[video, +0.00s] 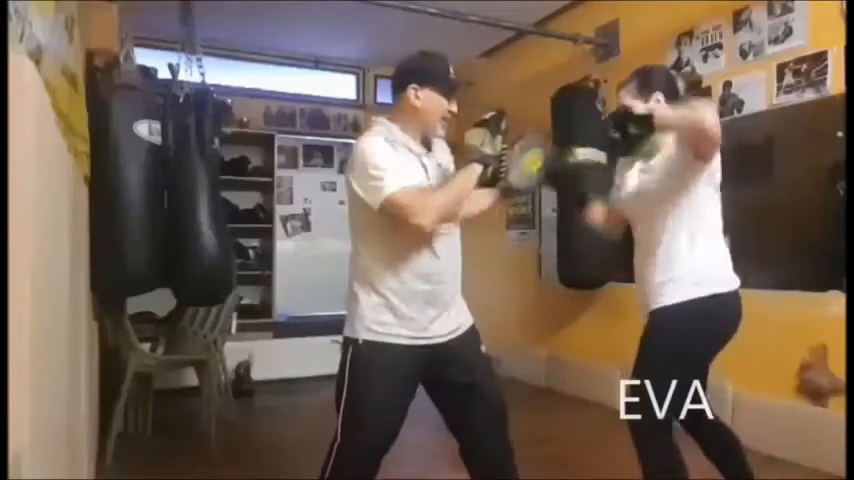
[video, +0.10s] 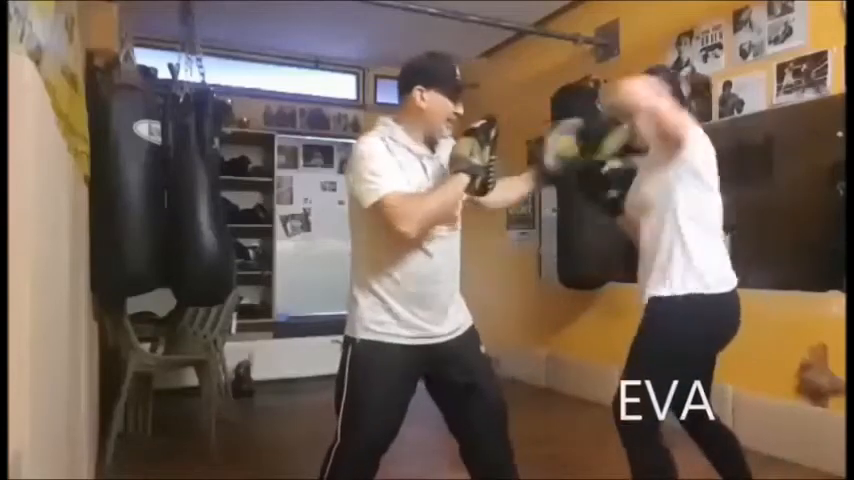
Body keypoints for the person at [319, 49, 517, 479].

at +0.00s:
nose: (453, 108)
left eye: (453, 98)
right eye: (446, 96)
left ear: (417, 97)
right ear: (414, 94)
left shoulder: (438, 149)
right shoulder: (371, 149)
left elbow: (457, 209)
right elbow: (420, 214)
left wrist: (504, 183)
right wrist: (476, 165)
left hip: (449, 327)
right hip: (382, 333)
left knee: (488, 429)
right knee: (359, 450)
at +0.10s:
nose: (459, 109)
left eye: (459, 99)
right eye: (451, 97)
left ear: (424, 98)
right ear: (419, 96)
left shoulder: (446, 150)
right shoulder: (372, 149)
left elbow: (492, 195)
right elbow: (406, 223)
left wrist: (542, 171)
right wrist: (463, 177)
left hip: (449, 327)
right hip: (382, 332)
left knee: (488, 438)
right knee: (357, 453)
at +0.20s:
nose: (466, 112)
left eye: (468, 102)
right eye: (460, 100)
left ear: (434, 99)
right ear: (428, 96)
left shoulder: (448, 153)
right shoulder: (378, 148)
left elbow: (482, 207)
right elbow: (410, 224)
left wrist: (536, 175)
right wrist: (467, 179)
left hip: (451, 329)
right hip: (384, 334)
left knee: (489, 435)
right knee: (357, 454)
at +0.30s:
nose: (471, 113)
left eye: (472, 102)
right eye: (464, 99)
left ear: (437, 100)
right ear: (434, 97)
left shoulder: (441, 153)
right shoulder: (392, 143)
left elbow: (454, 214)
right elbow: (436, 218)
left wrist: (499, 191)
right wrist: (486, 174)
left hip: (452, 328)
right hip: (390, 334)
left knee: (490, 430)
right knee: (362, 452)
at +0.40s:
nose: (470, 111)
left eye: (470, 101)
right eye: (463, 98)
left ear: (434, 99)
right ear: (432, 95)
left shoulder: (436, 152)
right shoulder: (399, 140)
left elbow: (476, 218)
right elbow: (471, 202)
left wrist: (521, 185)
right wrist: (521, 155)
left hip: (454, 329)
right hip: (393, 334)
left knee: (493, 434)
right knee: (363, 457)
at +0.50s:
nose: (464, 107)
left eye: (464, 97)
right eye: (457, 95)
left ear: (428, 96)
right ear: (426, 93)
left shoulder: (438, 152)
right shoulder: (396, 137)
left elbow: (476, 216)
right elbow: (479, 182)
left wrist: (517, 181)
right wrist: (514, 134)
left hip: (453, 328)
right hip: (393, 330)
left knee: (493, 436)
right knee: (363, 456)